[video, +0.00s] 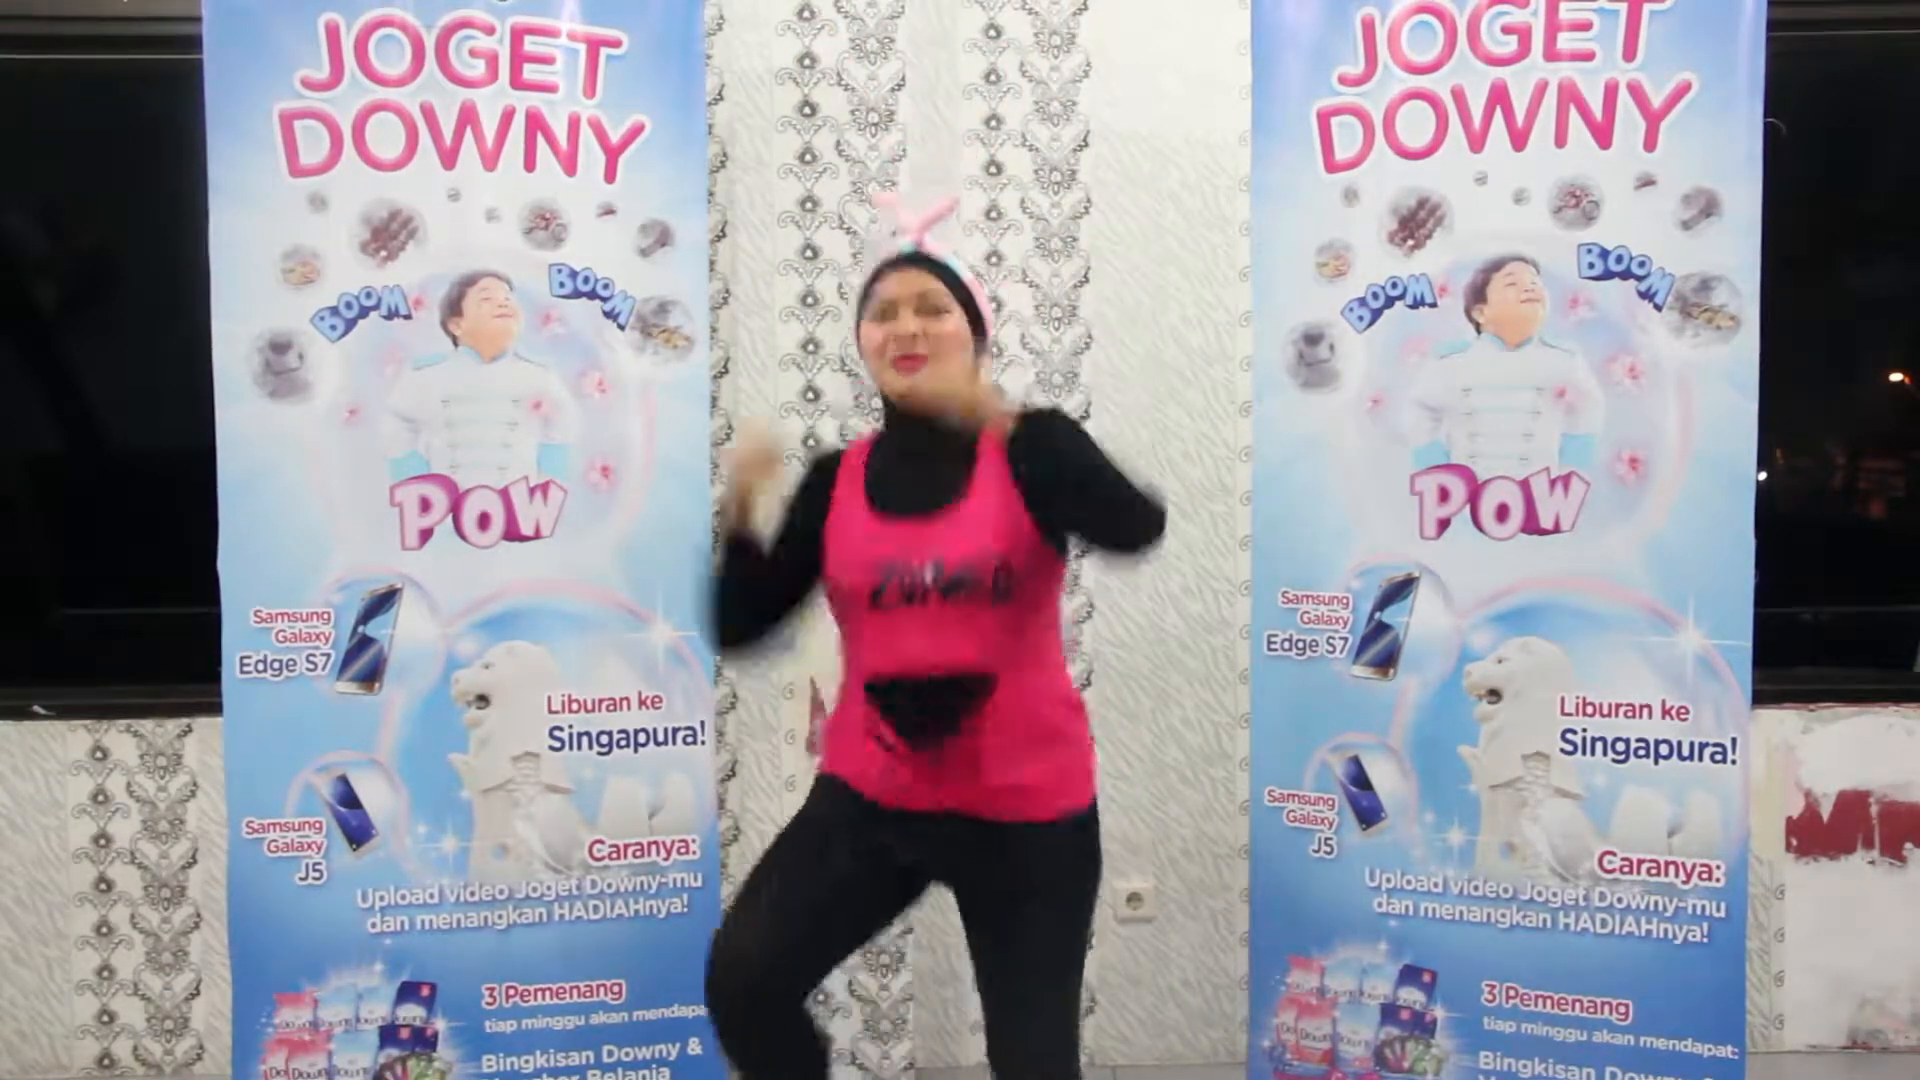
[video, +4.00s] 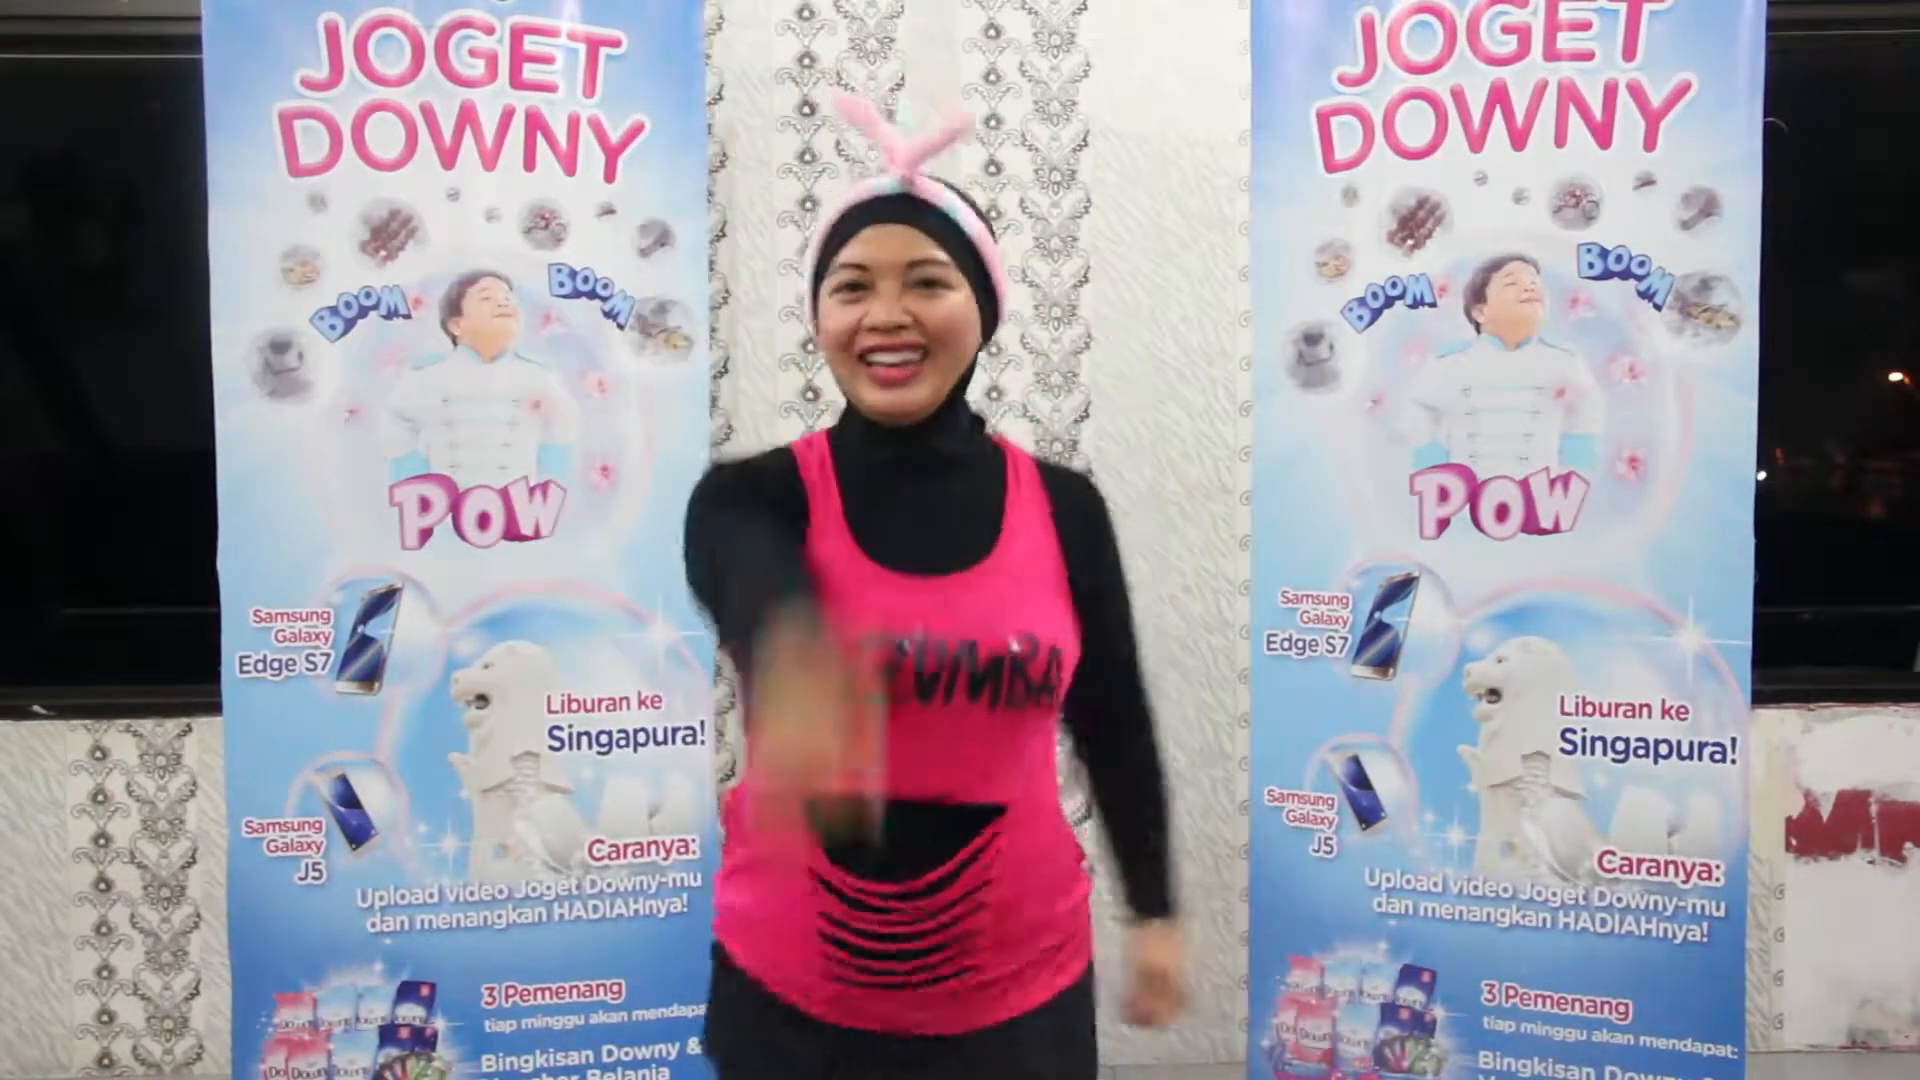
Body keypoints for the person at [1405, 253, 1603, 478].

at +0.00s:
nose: (1529, 287)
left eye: (1535, 281)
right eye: (1510, 283)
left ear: (1545, 300)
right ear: (1479, 311)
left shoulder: (1564, 363)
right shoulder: (1446, 366)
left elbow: (1584, 421)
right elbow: (1417, 417)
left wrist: (1567, 484)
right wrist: (1435, 477)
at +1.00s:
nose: (1530, 287)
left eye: (1535, 281)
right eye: (1511, 283)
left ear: (1545, 300)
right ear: (1479, 311)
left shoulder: (1565, 362)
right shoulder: (1446, 365)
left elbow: (1584, 428)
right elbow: (1418, 421)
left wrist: (1566, 490)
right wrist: (1436, 480)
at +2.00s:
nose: (1528, 286)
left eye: (1534, 281)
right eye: (1510, 283)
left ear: (1545, 299)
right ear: (1479, 311)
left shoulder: (1564, 364)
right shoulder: (1446, 366)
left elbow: (1583, 425)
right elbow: (1415, 416)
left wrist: (1566, 484)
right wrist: (1436, 476)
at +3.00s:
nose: (1528, 287)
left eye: (1534, 281)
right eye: (1510, 282)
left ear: (1545, 300)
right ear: (1479, 311)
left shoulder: (1565, 365)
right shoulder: (1445, 367)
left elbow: (1583, 435)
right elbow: (1417, 424)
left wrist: (1563, 495)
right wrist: (1437, 482)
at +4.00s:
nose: (1529, 287)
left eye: (1534, 281)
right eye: (1510, 283)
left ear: (1544, 300)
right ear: (1479, 311)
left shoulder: (1565, 365)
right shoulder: (1446, 368)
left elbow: (1583, 436)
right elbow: (1413, 420)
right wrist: (1436, 477)